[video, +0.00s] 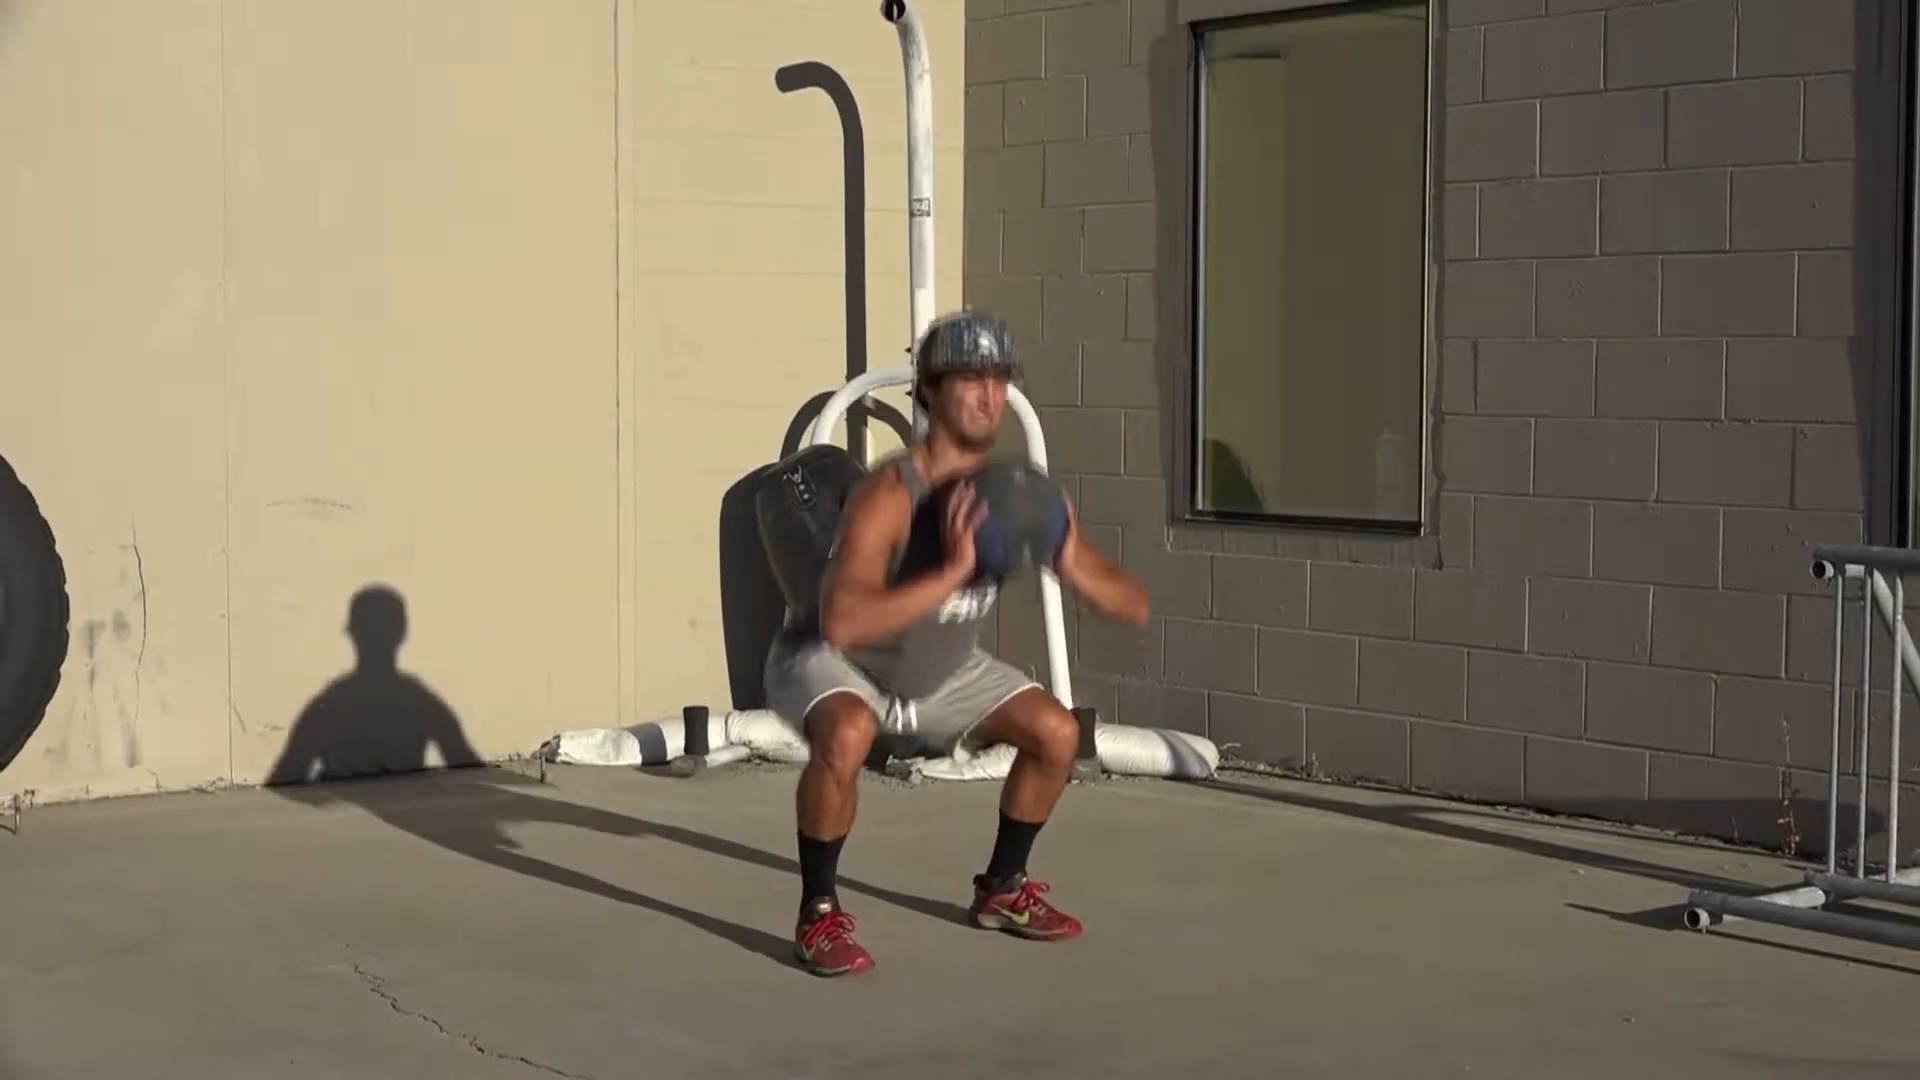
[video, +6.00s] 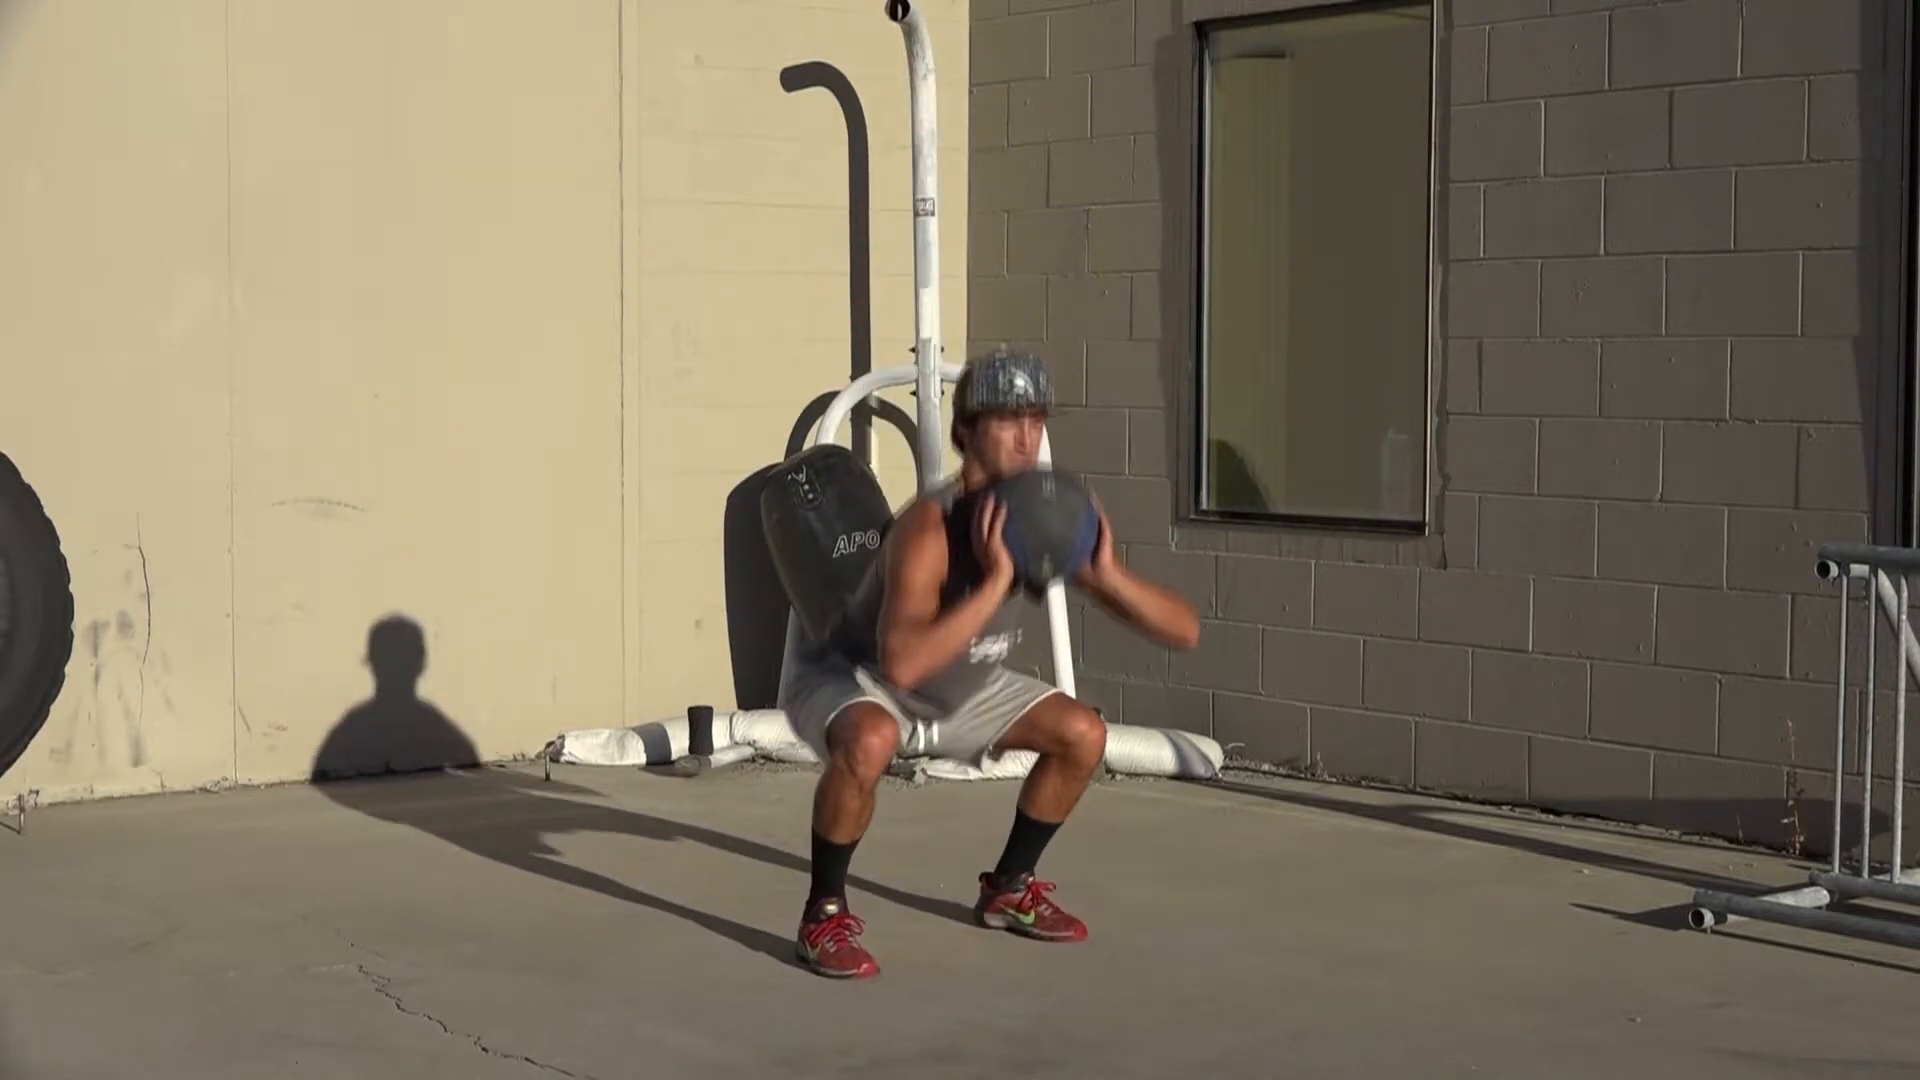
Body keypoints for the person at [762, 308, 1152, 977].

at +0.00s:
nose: (985, 397)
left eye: (996, 380)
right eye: (967, 380)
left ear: (1009, 392)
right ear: (929, 393)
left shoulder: (1017, 491)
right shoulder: (888, 492)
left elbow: (1134, 605)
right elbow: (843, 623)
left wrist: (1062, 554)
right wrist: (955, 572)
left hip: (934, 658)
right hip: (833, 657)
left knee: (1055, 731)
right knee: (847, 733)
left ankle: (1003, 887)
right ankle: (819, 913)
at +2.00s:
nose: (1029, 151)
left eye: (1040, 136)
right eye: (1010, 136)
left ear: (1051, 150)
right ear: (971, 147)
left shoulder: (1061, 247)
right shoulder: (927, 234)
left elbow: (1068, 383)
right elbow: (905, 383)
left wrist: (1068, 503)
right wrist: (970, 495)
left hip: (999, 503)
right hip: (901, 496)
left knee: (1006, 690)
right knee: (866, 696)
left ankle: (1010, 880)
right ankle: (829, 906)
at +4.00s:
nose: (1047, 321)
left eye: (1058, 307)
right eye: (1031, 304)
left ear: (1066, 311)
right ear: (988, 298)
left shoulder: (1061, 405)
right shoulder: (924, 391)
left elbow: (1056, 560)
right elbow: (937, 561)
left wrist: (1059, 695)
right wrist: (959, 692)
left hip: (951, 552)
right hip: (847, 540)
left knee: (1027, 692)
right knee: (856, 710)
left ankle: (1006, 885)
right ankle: (823, 912)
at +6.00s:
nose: (1025, 436)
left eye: (1035, 421)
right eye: (1007, 420)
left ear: (1045, 430)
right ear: (966, 433)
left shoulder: (1055, 515)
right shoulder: (927, 524)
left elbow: (1184, 629)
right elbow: (903, 665)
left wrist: (1106, 575)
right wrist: (997, 581)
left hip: (955, 677)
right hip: (851, 674)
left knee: (1081, 735)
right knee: (869, 739)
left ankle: (1009, 889)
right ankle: (825, 914)